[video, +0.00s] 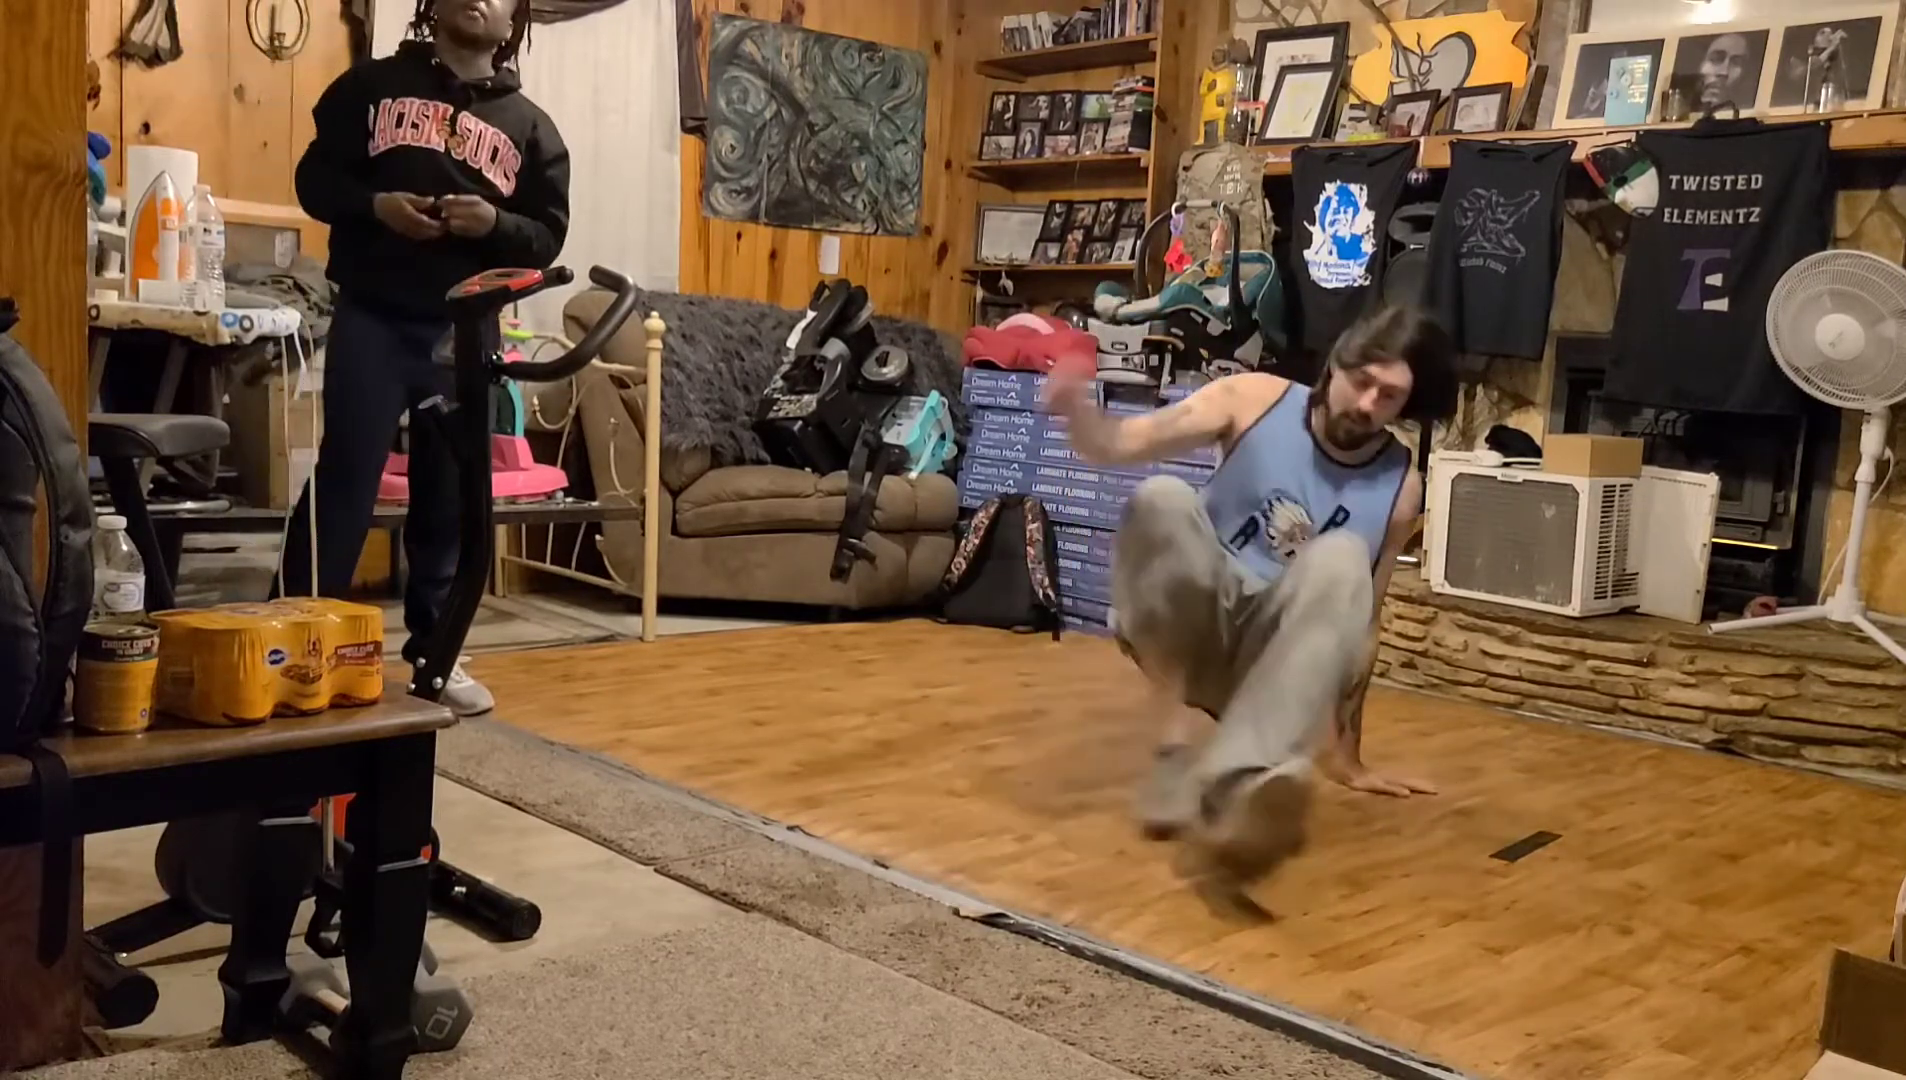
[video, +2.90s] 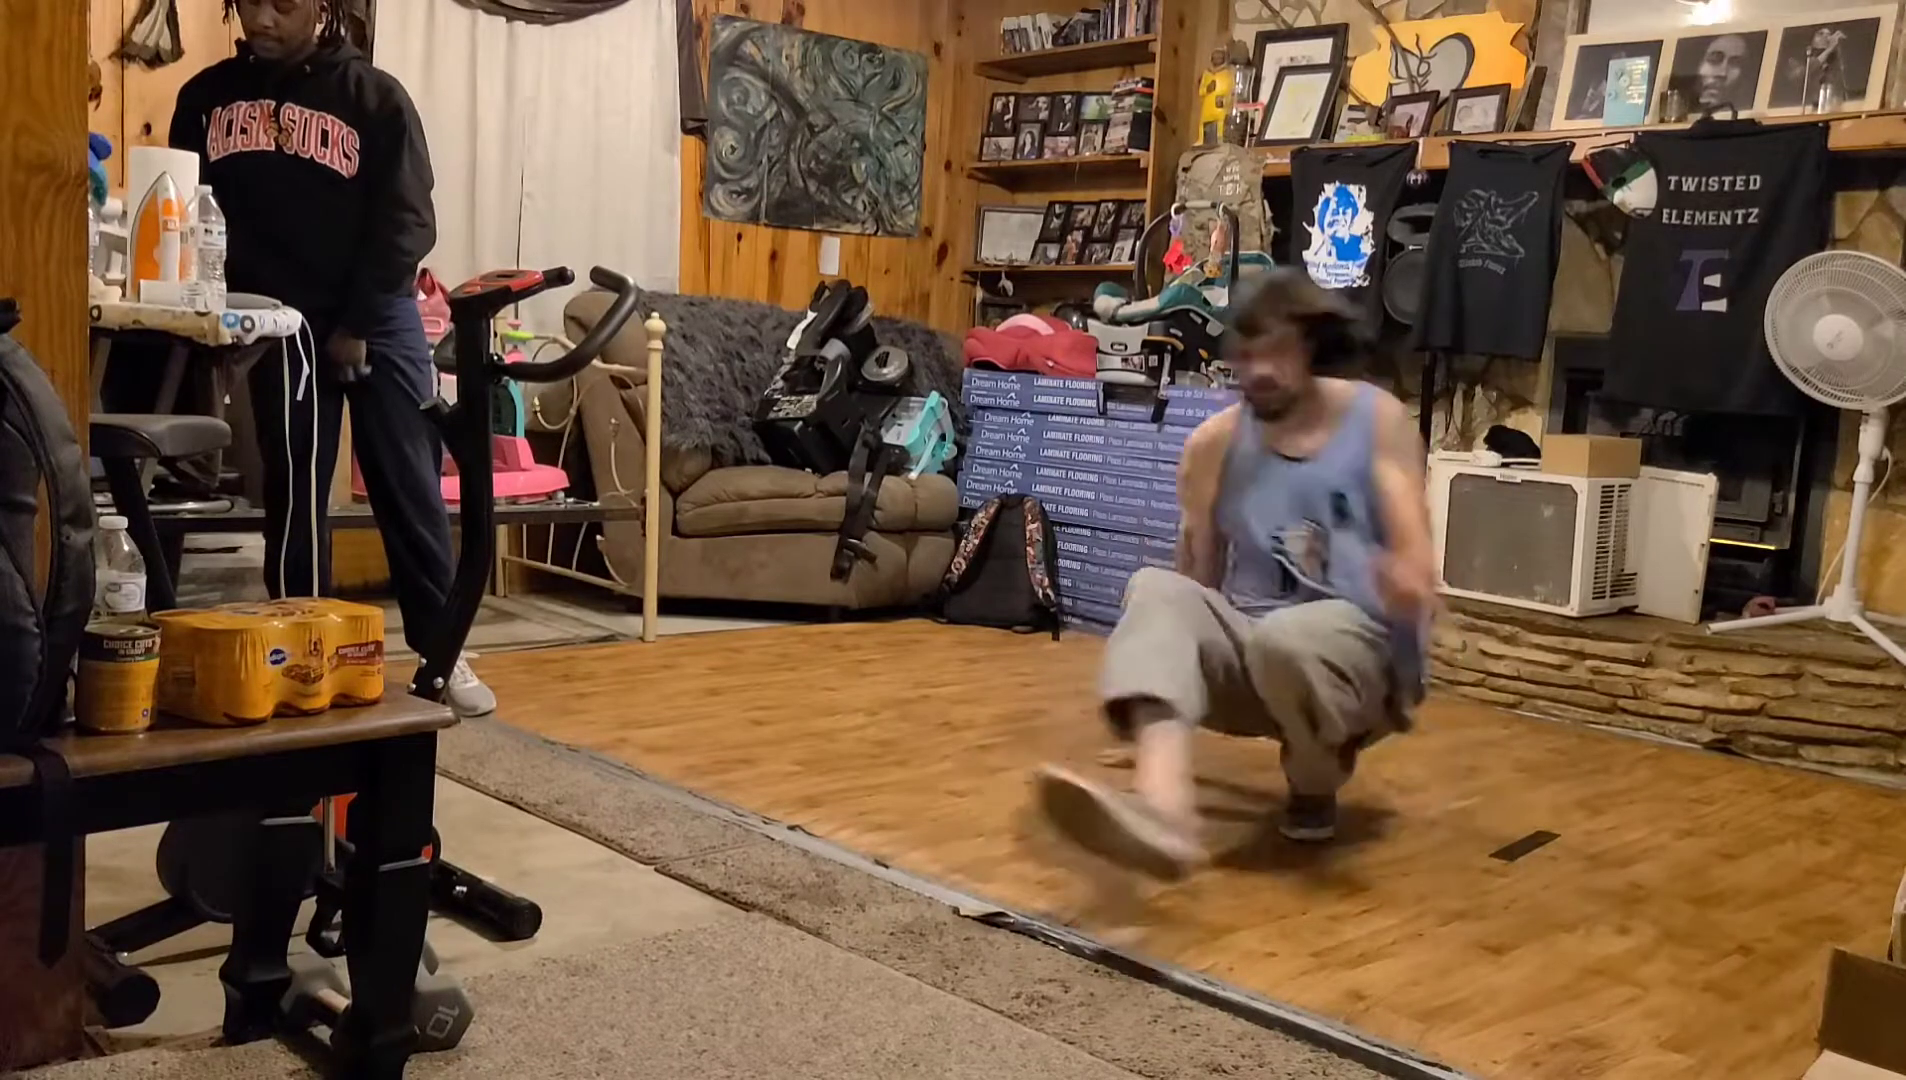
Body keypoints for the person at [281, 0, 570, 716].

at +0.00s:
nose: (482, 3)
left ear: (513, 21)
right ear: (434, 6)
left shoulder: (532, 127)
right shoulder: (369, 85)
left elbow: (548, 238)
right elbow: (314, 181)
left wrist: (496, 223)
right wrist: (376, 204)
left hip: (465, 332)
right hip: (372, 323)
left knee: (449, 500)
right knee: (346, 487)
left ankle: (435, 657)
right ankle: (294, 648)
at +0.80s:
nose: (372, 2)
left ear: (435, 10)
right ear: (353, 9)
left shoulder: (472, 114)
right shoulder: (312, 93)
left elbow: (491, 242)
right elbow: (290, 193)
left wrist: (434, 320)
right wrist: (259, 211)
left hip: (428, 334)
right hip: (331, 329)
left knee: (437, 501)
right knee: (324, 497)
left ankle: (436, 658)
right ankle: (309, 656)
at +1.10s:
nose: (308, 7)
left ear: (371, 11)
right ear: (290, 8)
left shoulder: (419, 102)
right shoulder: (255, 96)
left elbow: (448, 231)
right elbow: (221, 212)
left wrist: (407, 330)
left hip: (406, 327)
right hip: (302, 327)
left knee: (431, 492)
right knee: (306, 496)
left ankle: (437, 659)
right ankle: (301, 659)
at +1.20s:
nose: (292, 4)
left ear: (350, 5)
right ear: (264, 6)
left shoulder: (403, 95)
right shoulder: (236, 101)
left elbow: (439, 223)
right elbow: (202, 220)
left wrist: (395, 323)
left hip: (400, 318)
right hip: (296, 323)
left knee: (434, 486)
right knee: (305, 495)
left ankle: (443, 655)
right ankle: (301, 659)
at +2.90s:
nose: (258, 17)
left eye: (278, 4)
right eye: (249, 3)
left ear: (320, 11)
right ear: (236, 8)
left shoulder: (373, 97)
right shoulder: (206, 97)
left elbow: (406, 226)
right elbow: (177, 215)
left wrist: (357, 322)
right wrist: (208, 316)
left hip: (376, 309)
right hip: (275, 314)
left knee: (409, 482)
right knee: (292, 488)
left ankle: (442, 653)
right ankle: (298, 650)